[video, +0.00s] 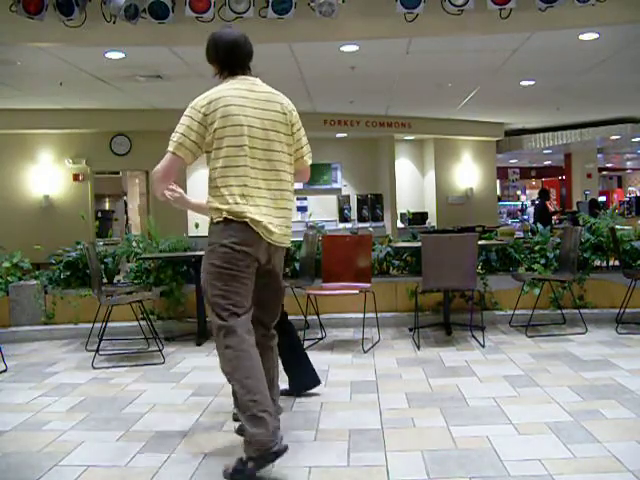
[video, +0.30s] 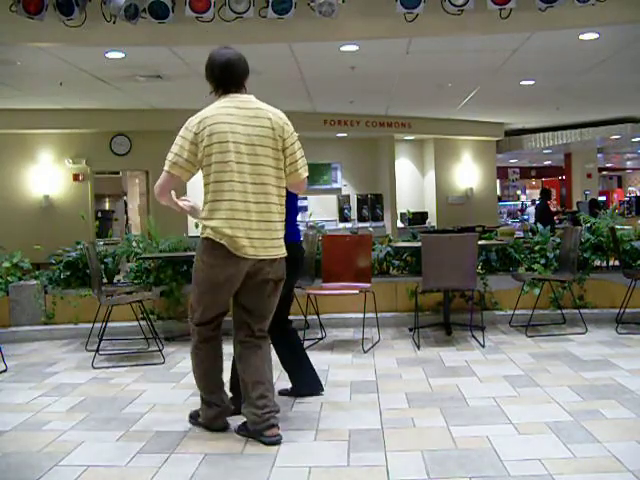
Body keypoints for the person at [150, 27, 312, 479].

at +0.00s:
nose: (210, 69)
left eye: (209, 63)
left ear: (213, 64)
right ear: (250, 60)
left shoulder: (209, 103)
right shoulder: (284, 104)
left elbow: (166, 175)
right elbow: (301, 172)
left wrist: (178, 196)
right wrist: (259, 176)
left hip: (232, 229)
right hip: (277, 233)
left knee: (231, 328)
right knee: (264, 328)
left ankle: (263, 439)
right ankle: (263, 412)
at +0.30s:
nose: (210, 87)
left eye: (209, 80)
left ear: (210, 82)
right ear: (247, 79)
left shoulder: (202, 121)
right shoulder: (277, 119)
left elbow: (164, 191)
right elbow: (299, 186)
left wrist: (182, 206)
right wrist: (262, 173)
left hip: (221, 247)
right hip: (271, 251)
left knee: (205, 327)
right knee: (254, 335)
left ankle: (214, 411)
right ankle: (264, 423)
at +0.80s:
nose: (222, 93)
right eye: (222, 88)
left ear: (189, 96)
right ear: (222, 91)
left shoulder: (178, 135)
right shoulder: (246, 129)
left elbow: (149, 197)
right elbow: (264, 183)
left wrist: (165, 210)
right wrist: (266, 170)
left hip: (194, 239)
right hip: (238, 238)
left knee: (196, 317)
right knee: (244, 315)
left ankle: (198, 388)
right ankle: (257, 402)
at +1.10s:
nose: (216, 102)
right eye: (215, 97)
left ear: (182, 105)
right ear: (213, 100)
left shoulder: (168, 139)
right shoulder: (232, 133)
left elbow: (142, 193)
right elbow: (246, 181)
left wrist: (155, 208)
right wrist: (251, 169)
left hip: (185, 238)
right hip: (226, 237)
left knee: (197, 314)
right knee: (239, 307)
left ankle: (199, 386)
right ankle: (254, 380)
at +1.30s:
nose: (207, 113)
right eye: (206, 108)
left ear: (175, 115)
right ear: (204, 109)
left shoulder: (164, 147)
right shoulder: (226, 138)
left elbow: (139, 200)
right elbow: (243, 188)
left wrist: (156, 210)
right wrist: (255, 175)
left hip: (185, 243)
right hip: (226, 240)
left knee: (197, 313)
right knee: (245, 306)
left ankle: (199, 386)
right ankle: (261, 367)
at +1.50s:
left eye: (170, 123)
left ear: (173, 122)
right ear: (200, 115)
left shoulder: (166, 152)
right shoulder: (228, 143)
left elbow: (144, 206)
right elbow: (261, 191)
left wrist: (158, 212)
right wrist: (273, 172)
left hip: (188, 243)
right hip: (230, 241)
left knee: (201, 314)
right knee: (253, 309)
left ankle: (200, 386)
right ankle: (289, 382)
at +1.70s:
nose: (179, 132)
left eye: (178, 127)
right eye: (178, 127)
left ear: (185, 123)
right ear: (206, 118)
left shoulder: (184, 152)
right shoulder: (240, 145)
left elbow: (168, 206)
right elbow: (267, 189)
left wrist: (146, 205)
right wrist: (268, 172)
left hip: (210, 248)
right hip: (248, 245)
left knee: (204, 315)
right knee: (265, 305)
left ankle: (200, 385)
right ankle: (312, 362)